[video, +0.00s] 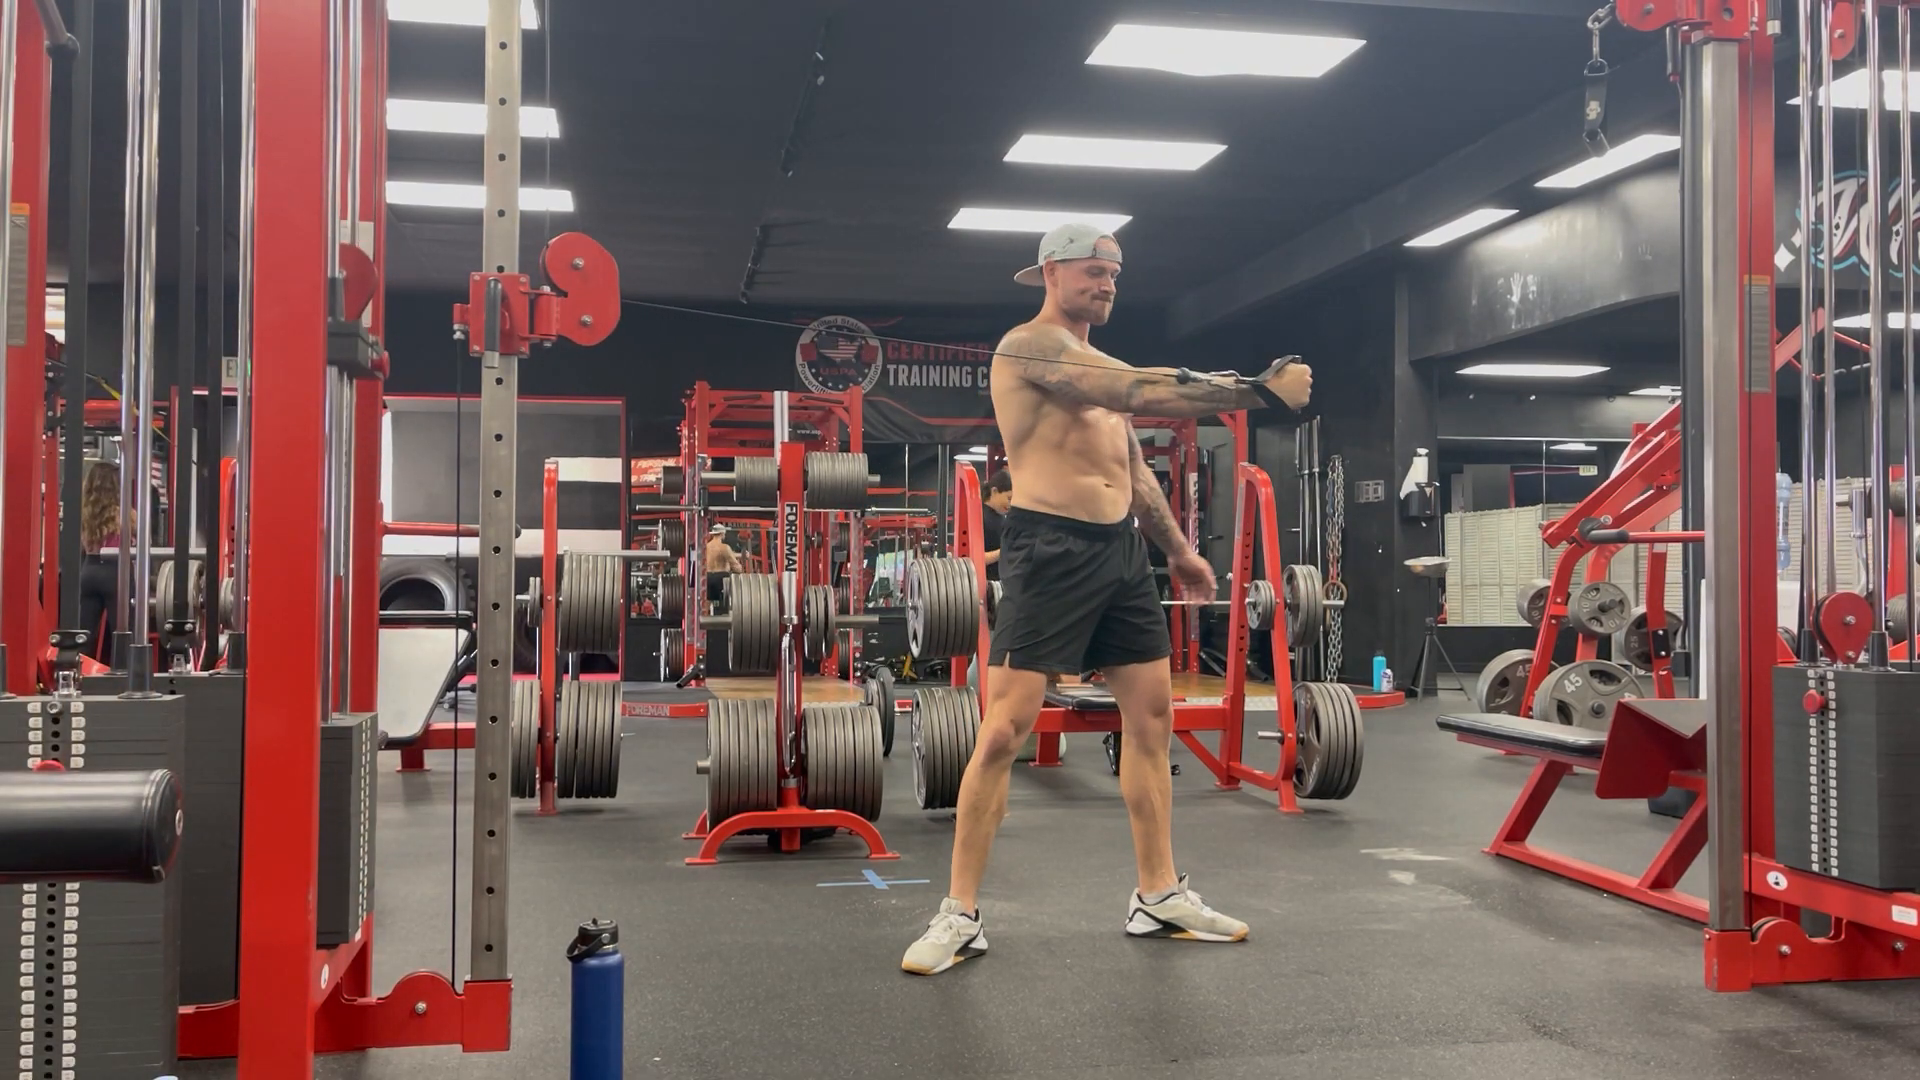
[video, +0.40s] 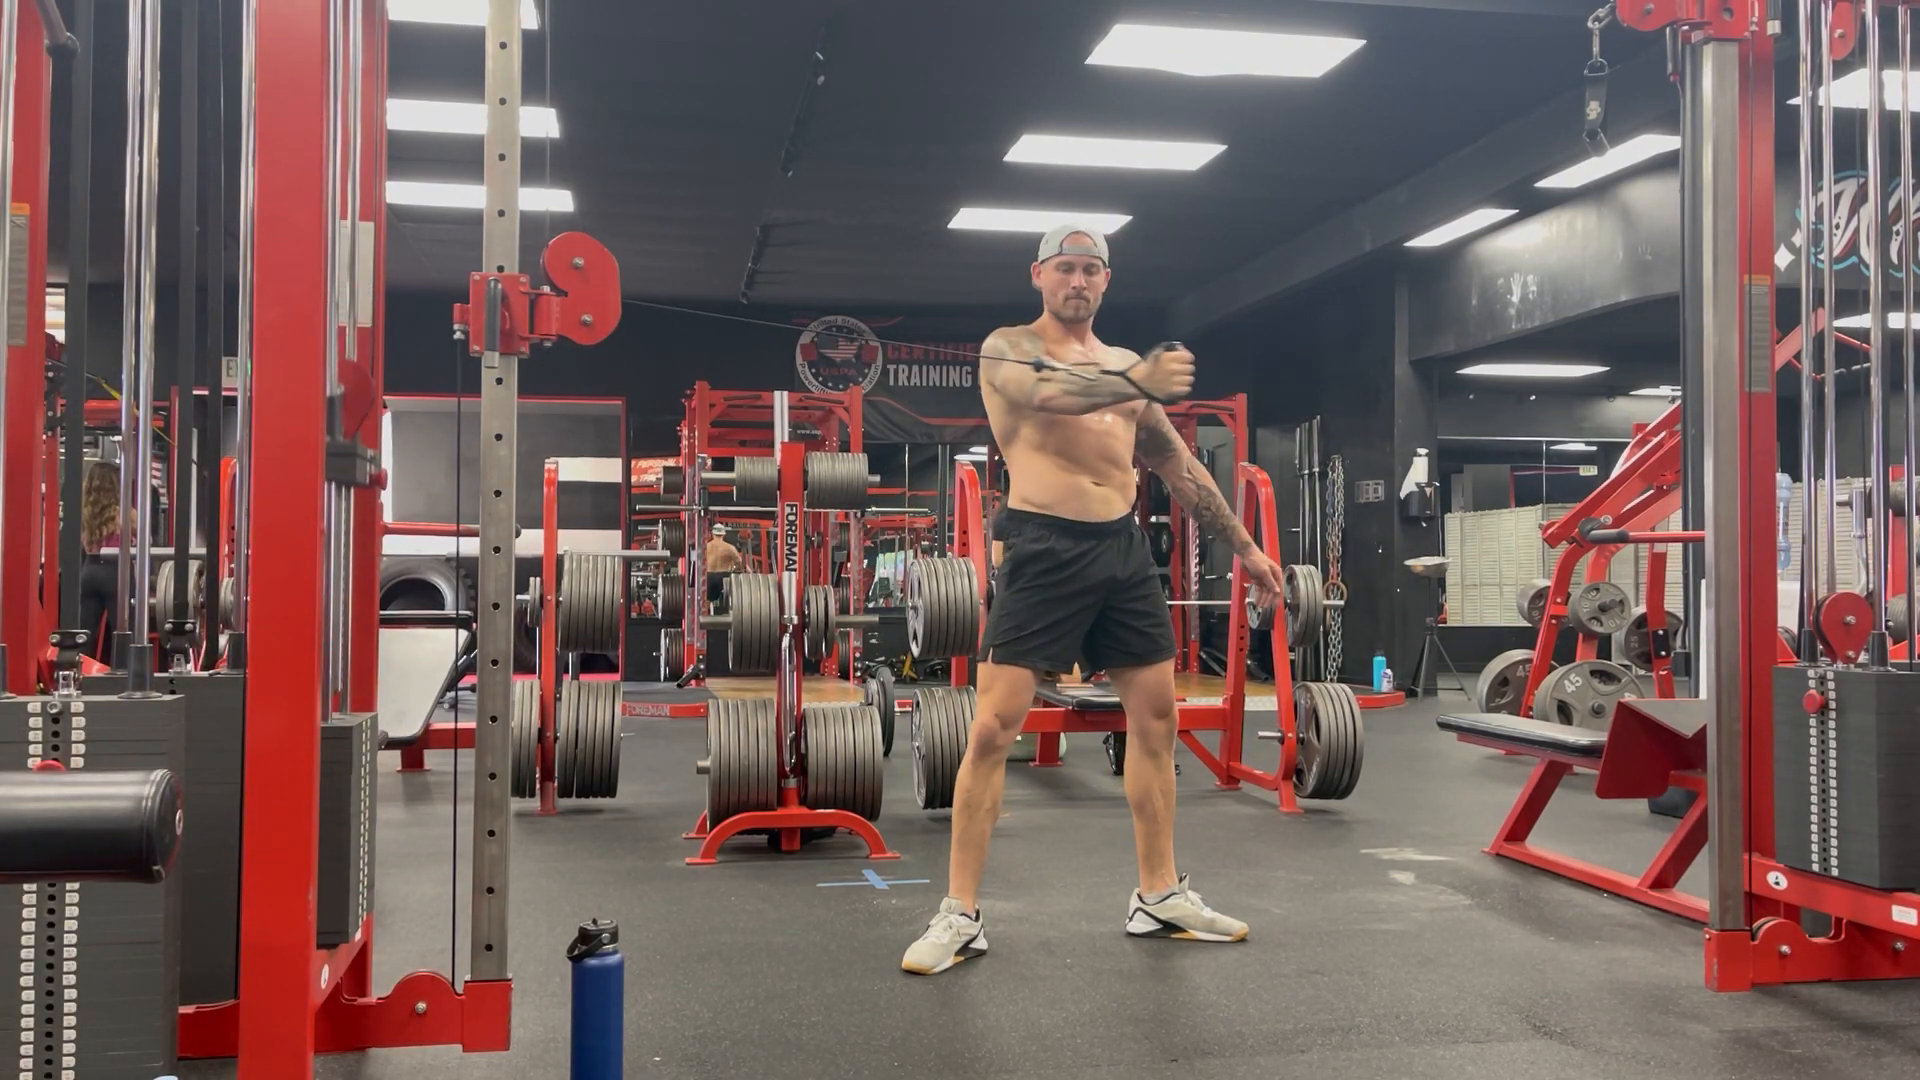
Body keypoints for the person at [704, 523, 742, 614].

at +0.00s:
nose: (724, 536)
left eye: (724, 534)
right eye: (724, 534)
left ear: (713, 534)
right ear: (722, 534)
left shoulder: (707, 546)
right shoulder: (724, 547)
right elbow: (735, 565)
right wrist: (739, 570)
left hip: (709, 573)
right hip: (722, 573)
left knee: (709, 600)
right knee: (722, 602)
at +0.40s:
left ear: (713, 534)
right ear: (723, 534)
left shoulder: (707, 546)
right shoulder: (729, 547)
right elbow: (739, 561)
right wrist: (738, 570)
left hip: (710, 573)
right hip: (724, 573)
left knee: (708, 600)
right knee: (724, 603)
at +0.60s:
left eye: (712, 534)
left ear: (712, 534)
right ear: (722, 535)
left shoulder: (707, 546)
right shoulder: (730, 548)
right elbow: (742, 563)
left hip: (710, 573)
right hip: (726, 574)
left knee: (708, 601)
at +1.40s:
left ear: (713, 533)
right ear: (724, 534)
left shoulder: (708, 546)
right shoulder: (729, 548)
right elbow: (739, 560)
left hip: (711, 573)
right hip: (725, 574)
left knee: (711, 601)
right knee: (724, 602)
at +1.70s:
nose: (727, 535)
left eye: (726, 533)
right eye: (726, 534)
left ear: (715, 534)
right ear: (724, 535)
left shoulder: (709, 545)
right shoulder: (724, 548)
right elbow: (733, 564)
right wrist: (740, 575)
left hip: (710, 573)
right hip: (722, 573)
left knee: (712, 600)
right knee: (723, 602)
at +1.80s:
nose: (727, 535)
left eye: (727, 533)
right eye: (726, 533)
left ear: (715, 534)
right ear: (723, 534)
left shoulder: (709, 545)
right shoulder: (722, 548)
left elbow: (728, 554)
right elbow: (730, 565)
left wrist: (743, 556)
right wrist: (736, 572)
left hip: (710, 572)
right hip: (720, 573)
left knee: (712, 599)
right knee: (722, 601)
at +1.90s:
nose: (727, 535)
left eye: (727, 533)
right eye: (726, 533)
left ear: (716, 534)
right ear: (723, 534)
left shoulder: (709, 545)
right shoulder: (721, 548)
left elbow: (730, 554)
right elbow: (726, 566)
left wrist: (746, 557)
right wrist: (733, 570)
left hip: (711, 573)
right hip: (721, 573)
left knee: (712, 600)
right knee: (722, 602)